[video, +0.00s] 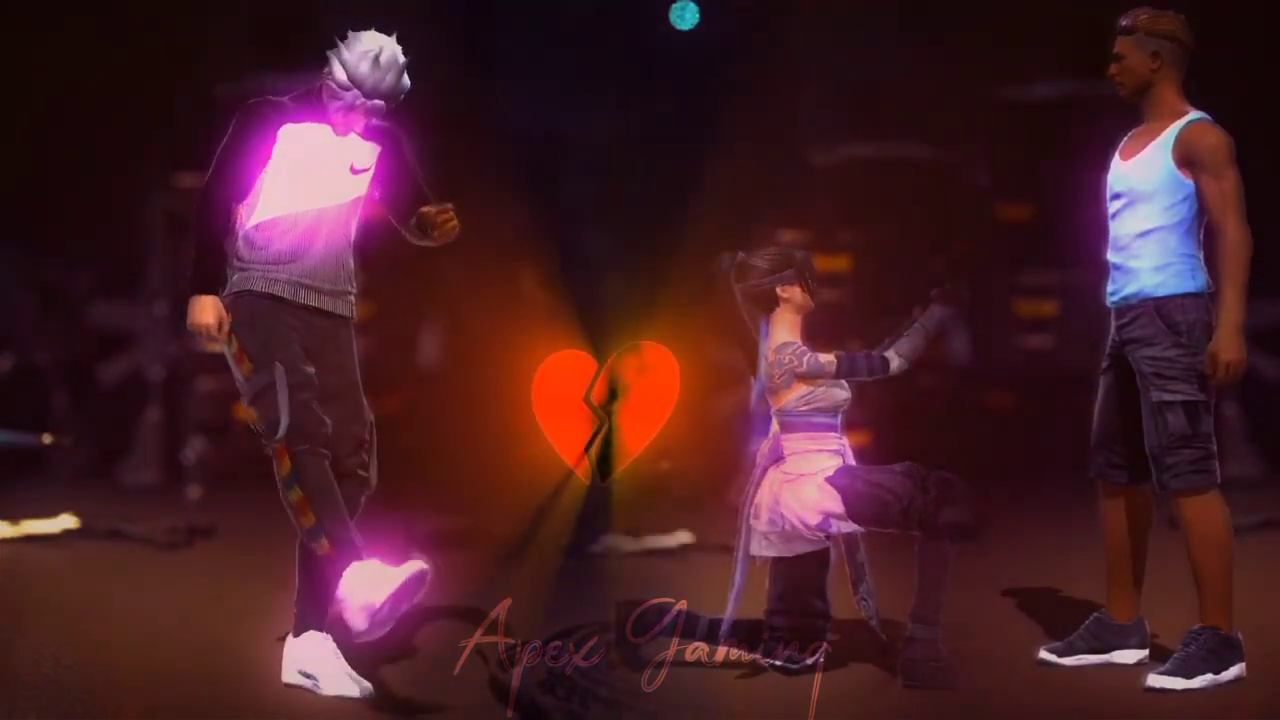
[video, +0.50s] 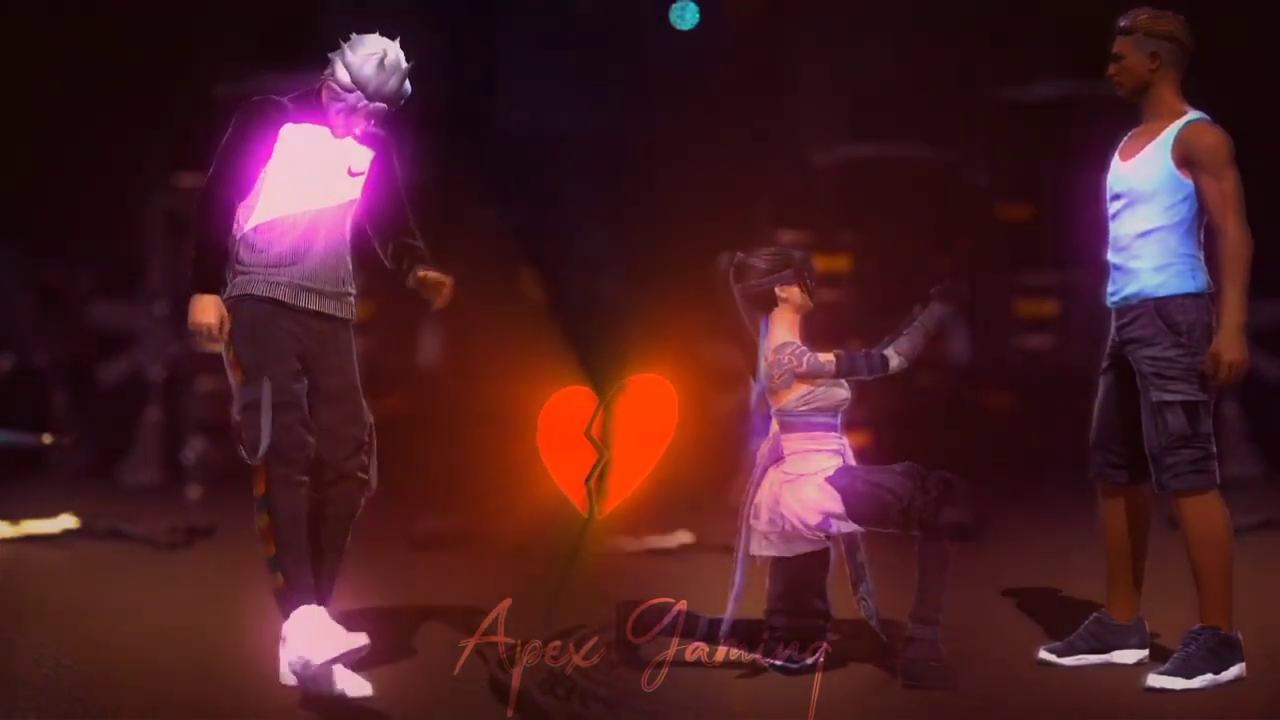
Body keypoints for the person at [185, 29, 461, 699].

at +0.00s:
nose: (360, 121)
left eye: (374, 112)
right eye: (353, 105)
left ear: (385, 105)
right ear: (332, 84)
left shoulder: (384, 141)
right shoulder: (270, 117)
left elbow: (404, 216)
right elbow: (218, 201)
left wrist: (429, 225)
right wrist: (204, 285)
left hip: (333, 311)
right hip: (263, 297)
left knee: (353, 464)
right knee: (297, 438)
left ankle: (308, 638)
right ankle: (355, 574)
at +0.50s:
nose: (359, 122)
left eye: (373, 114)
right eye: (352, 106)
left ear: (387, 108)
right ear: (331, 83)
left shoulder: (380, 146)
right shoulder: (270, 117)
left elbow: (393, 228)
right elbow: (219, 201)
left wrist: (416, 267)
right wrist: (206, 286)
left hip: (333, 317)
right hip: (264, 305)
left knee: (348, 461)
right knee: (287, 454)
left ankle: (308, 618)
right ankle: (300, 615)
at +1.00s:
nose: (357, 123)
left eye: (372, 114)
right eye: (351, 105)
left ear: (384, 110)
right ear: (329, 83)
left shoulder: (374, 151)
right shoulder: (269, 119)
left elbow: (376, 243)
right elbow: (220, 200)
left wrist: (401, 314)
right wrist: (208, 286)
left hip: (332, 324)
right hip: (263, 312)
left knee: (342, 473)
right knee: (265, 467)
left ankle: (310, 635)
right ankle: (252, 635)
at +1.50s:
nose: (355, 124)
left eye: (369, 114)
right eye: (348, 106)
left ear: (383, 109)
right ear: (325, 85)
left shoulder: (373, 154)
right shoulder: (265, 118)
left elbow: (373, 249)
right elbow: (217, 197)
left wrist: (387, 333)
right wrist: (213, 284)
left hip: (334, 326)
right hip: (260, 315)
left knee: (345, 477)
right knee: (245, 469)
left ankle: (307, 639)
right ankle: (213, 638)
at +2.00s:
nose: (353, 121)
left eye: (367, 112)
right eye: (346, 104)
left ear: (381, 109)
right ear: (323, 85)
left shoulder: (372, 157)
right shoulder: (260, 121)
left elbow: (369, 252)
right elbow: (218, 201)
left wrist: (378, 338)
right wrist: (214, 283)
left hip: (334, 329)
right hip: (258, 316)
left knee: (343, 477)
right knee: (230, 471)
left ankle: (308, 637)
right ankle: (194, 634)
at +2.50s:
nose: (352, 119)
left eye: (366, 110)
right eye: (347, 101)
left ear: (377, 107)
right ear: (323, 82)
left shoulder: (370, 153)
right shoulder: (258, 118)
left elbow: (367, 251)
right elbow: (214, 197)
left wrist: (365, 342)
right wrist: (216, 282)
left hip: (329, 335)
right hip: (253, 321)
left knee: (338, 480)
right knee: (214, 472)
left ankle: (307, 638)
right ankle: (177, 627)